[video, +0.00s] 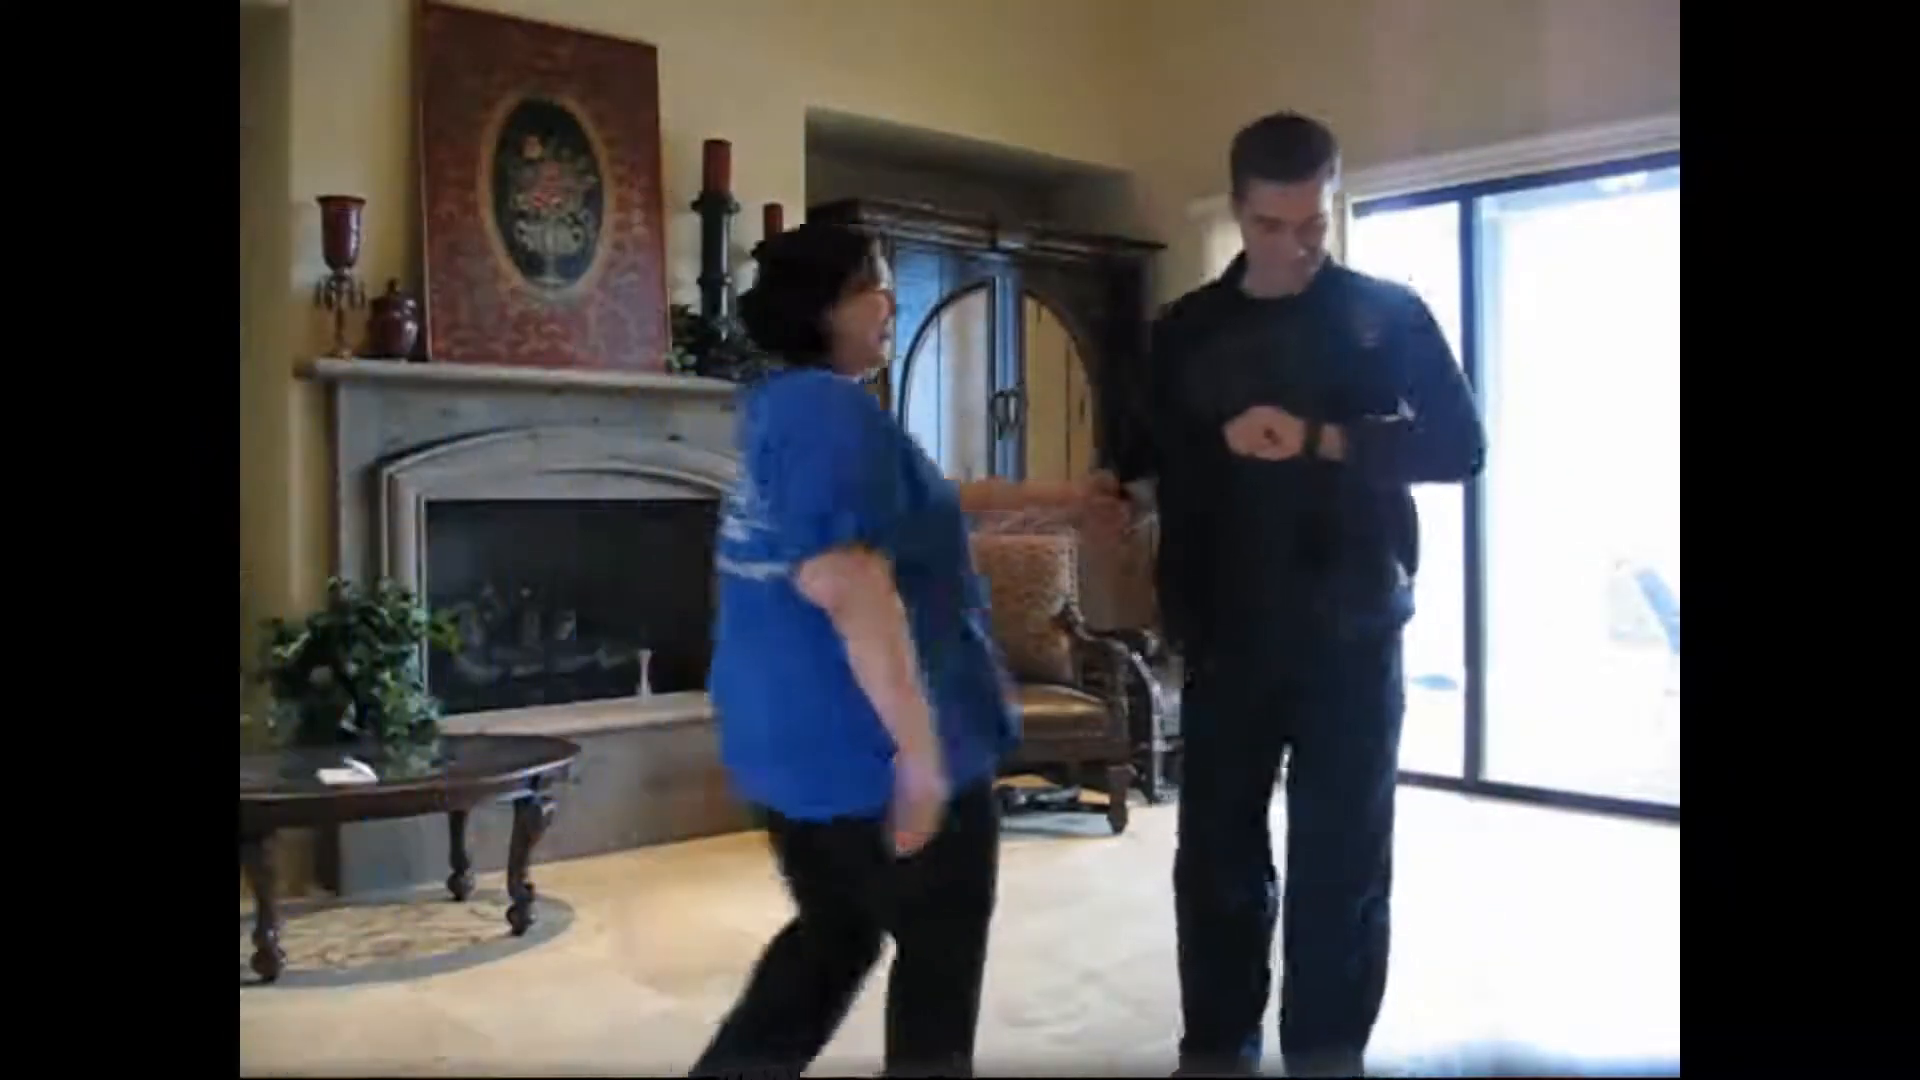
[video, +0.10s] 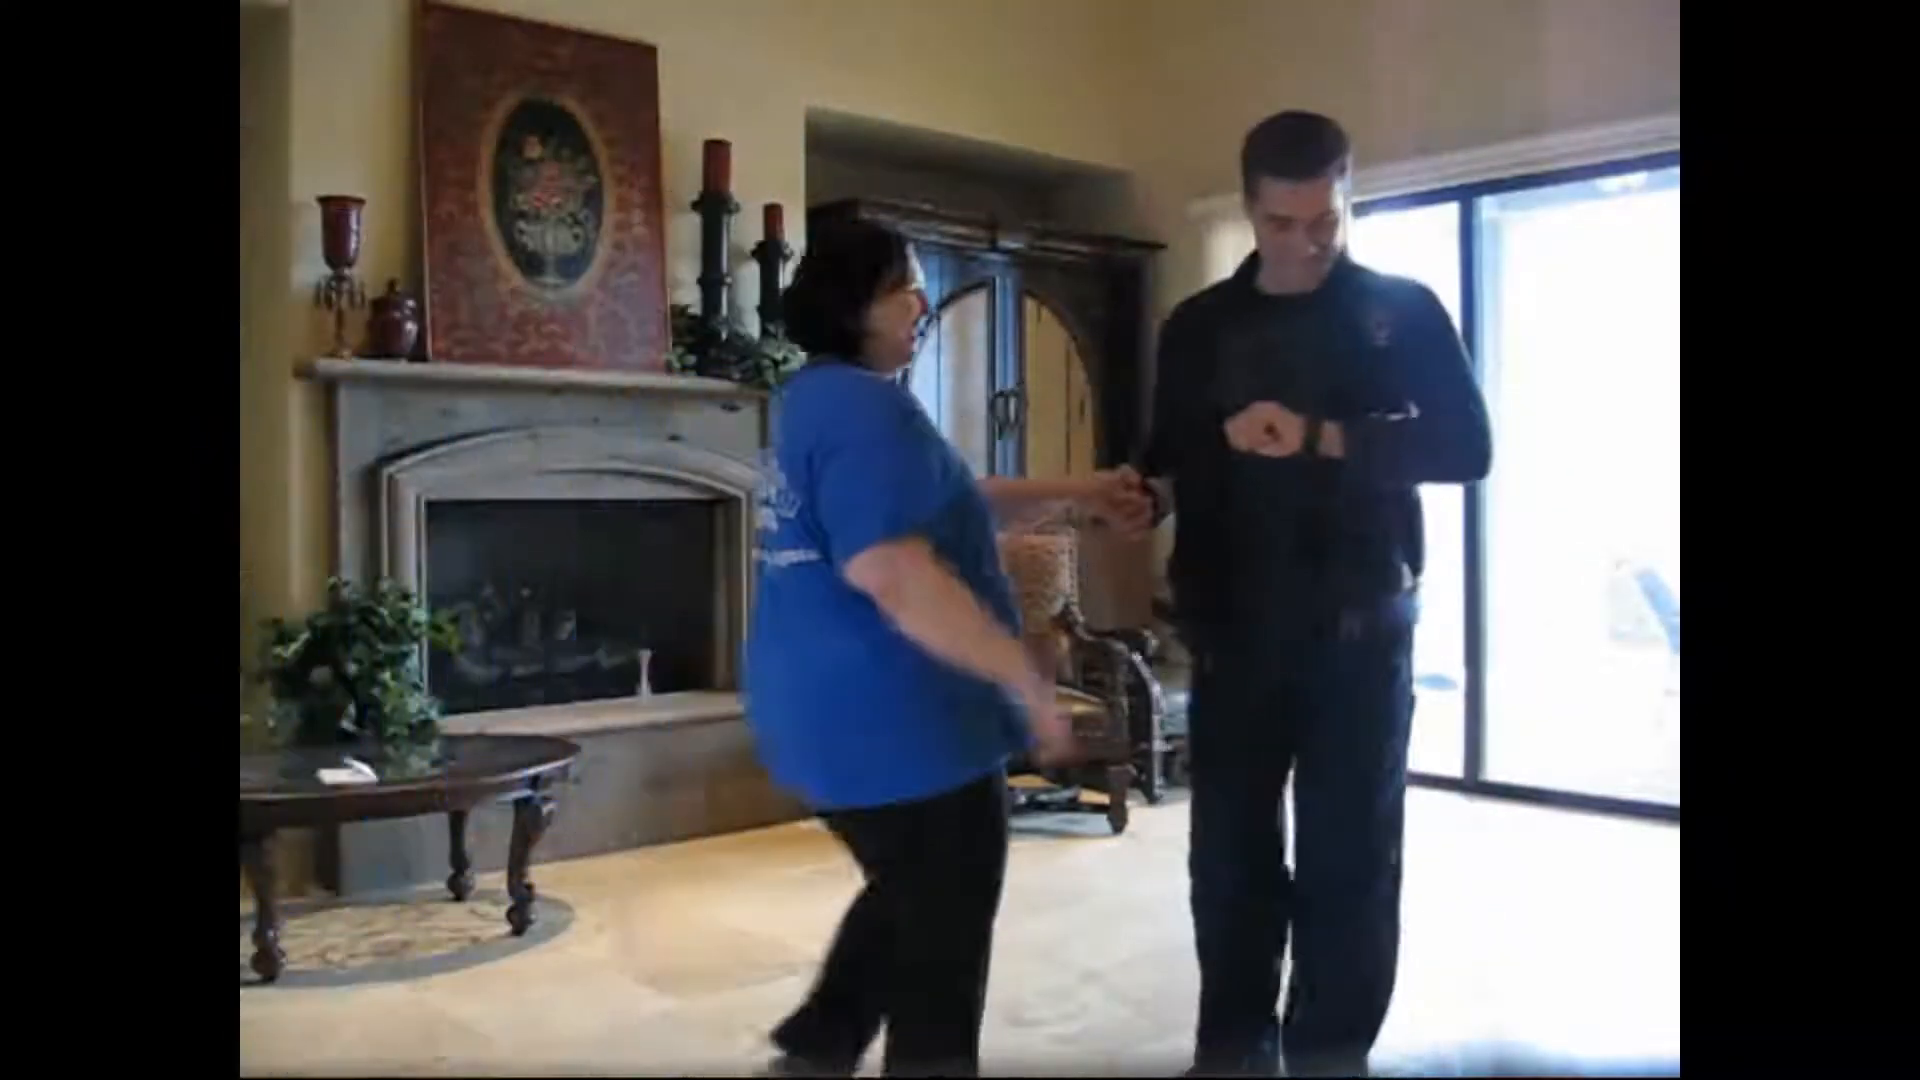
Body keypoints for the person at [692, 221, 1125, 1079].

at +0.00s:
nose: (888, 305)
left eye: (882, 288)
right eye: (868, 289)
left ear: (819, 313)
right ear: (821, 309)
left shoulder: (789, 407)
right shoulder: (832, 414)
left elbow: (934, 505)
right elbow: (845, 578)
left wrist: (1066, 502)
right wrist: (919, 750)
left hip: (804, 748)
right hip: (899, 751)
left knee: (835, 934)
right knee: (942, 948)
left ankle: (732, 1070)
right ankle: (928, 1070)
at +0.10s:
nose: (920, 304)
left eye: (914, 287)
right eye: (902, 289)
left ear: (845, 308)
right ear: (857, 306)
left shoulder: (821, 402)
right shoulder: (861, 408)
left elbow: (949, 504)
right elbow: (889, 568)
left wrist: (1081, 493)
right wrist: (1022, 675)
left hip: (841, 720)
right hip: (904, 725)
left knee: (907, 886)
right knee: (947, 933)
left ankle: (815, 1052)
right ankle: (932, 1065)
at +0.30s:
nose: (958, 310)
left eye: (956, 294)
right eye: (941, 294)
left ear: (911, 310)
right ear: (890, 304)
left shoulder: (916, 405)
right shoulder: (855, 399)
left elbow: (995, 509)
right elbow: (924, 508)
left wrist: (1109, 488)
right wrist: (1005, 425)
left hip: (953, 716)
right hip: (899, 727)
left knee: (967, 920)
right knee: (932, 937)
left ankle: (950, 1057)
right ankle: (921, 1068)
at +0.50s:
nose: (953, 304)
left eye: (958, 292)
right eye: (931, 292)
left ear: (968, 313)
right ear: (882, 309)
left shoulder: (979, 419)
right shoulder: (840, 399)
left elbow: (1054, 512)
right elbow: (892, 472)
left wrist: (1135, 470)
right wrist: (921, 352)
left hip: (993, 699)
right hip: (898, 703)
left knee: (956, 920)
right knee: (931, 919)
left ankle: (947, 1064)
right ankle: (916, 1071)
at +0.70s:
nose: (961, 321)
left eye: (962, 308)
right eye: (939, 310)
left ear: (965, 323)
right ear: (885, 328)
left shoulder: (988, 422)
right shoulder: (829, 405)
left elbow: (1069, 513)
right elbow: (831, 471)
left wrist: (1154, 461)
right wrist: (871, 359)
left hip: (990, 702)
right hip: (865, 702)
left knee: (933, 911)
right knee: (921, 907)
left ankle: (905, 1064)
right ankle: (916, 1069)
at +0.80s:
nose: (955, 314)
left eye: (957, 301)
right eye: (932, 304)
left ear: (963, 319)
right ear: (879, 323)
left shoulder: (990, 421)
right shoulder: (824, 408)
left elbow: (1066, 511)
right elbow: (804, 480)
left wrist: (1153, 461)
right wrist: (875, 373)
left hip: (985, 705)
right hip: (857, 704)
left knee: (940, 913)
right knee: (893, 912)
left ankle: (928, 1066)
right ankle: (888, 1071)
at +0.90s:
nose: (935, 315)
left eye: (942, 303)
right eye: (912, 304)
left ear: (955, 324)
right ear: (864, 323)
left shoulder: (989, 420)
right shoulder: (817, 406)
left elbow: (1063, 510)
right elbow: (778, 490)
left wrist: (1154, 465)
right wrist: (868, 393)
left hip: (978, 705)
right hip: (846, 702)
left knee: (935, 924)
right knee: (870, 921)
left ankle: (923, 1070)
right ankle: (862, 1072)